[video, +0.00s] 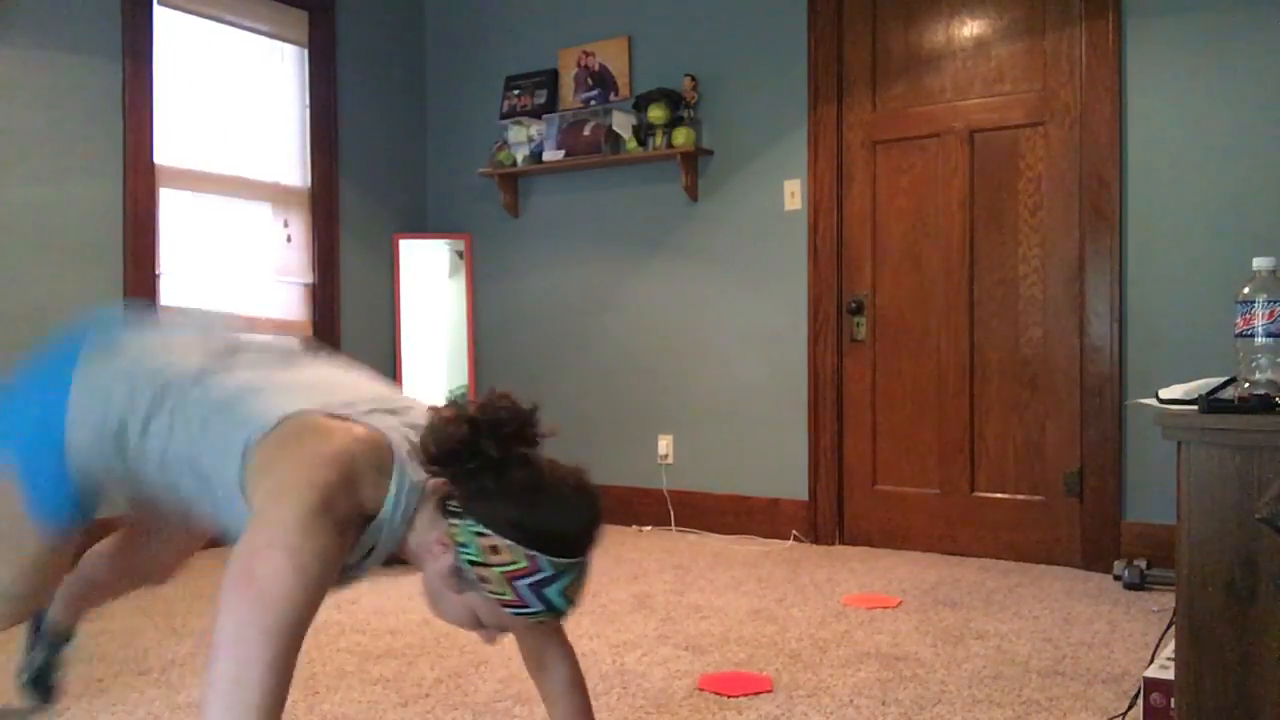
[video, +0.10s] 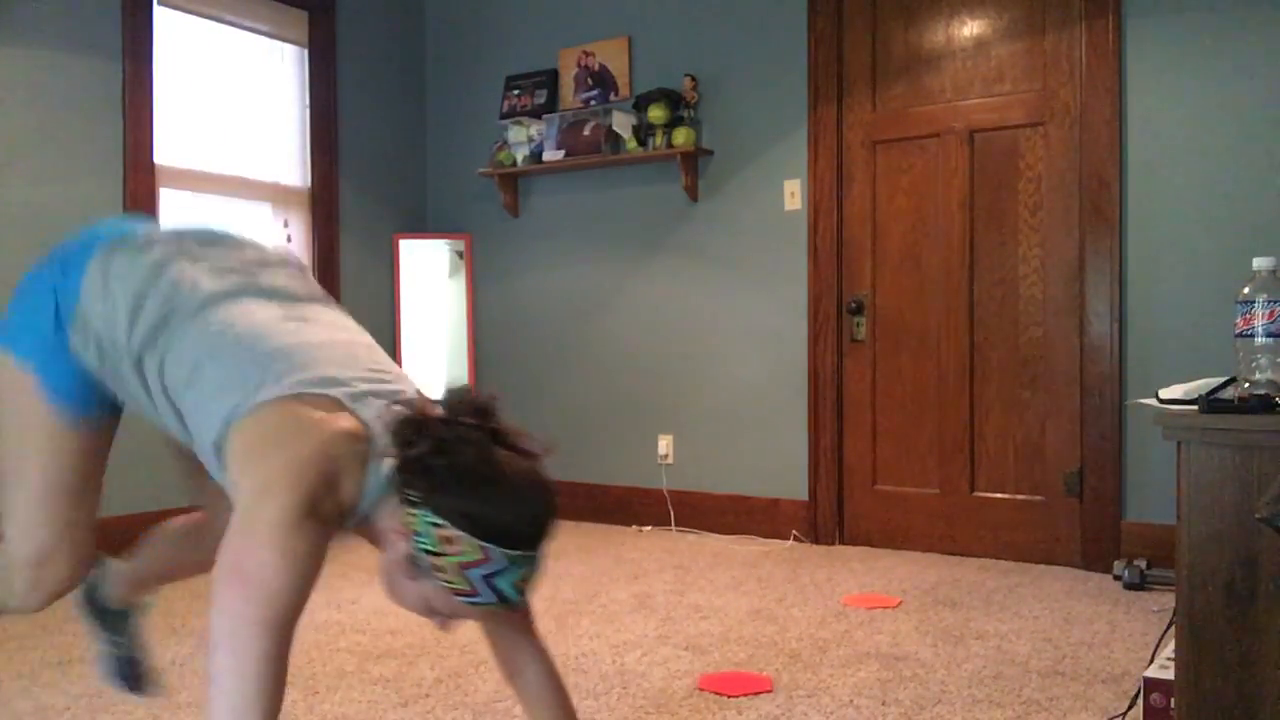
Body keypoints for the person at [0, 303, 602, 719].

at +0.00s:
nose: (493, 637)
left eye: (516, 625)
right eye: (491, 610)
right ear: (451, 535)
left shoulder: (477, 471)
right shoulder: (318, 487)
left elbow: (551, 656)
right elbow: (238, 712)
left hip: (200, 366)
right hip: (84, 384)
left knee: (150, 555)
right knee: (20, 593)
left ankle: (53, 619)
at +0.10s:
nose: (456, 617)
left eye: (476, 605)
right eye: (453, 596)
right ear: (404, 537)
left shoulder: (454, 468)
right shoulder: (299, 473)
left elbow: (526, 660)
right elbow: (240, 712)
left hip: (210, 263)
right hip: (87, 278)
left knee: (241, 528)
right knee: (37, 573)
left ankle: (112, 592)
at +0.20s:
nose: (424, 616)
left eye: (445, 601)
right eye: (419, 595)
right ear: (371, 527)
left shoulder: (428, 459)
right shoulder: (272, 484)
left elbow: (505, 646)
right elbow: (230, 712)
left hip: (217, 243)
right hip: (76, 259)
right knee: (90, 534)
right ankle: (23, 671)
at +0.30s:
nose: (439, 594)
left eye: (459, 577)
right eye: (437, 571)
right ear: (399, 513)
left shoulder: (439, 459)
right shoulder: (281, 473)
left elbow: (519, 655)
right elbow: (237, 704)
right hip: (63, 324)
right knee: (122, 560)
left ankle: (252, 699)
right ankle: (77, 706)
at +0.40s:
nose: (469, 532)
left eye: (485, 512)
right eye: (461, 507)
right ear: (415, 446)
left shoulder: (443, 451)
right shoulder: (279, 447)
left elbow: (520, 648)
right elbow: (234, 703)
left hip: (174, 433)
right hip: (54, 431)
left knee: (358, 571)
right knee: (158, 595)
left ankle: (244, 704)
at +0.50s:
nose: (468, 449)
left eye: (477, 426)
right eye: (452, 424)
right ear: (382, 382)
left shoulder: (430, 433)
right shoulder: (265, 400)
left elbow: (498, 604)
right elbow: (234, 688)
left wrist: (550, 716)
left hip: (175, 455)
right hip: (45, 442)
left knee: (351, 563)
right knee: (165, 601)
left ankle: (242, 714)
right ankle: (111, 715)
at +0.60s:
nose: (450, 343)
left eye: (463, 318)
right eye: (436, 313)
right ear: (366, 284)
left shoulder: (411, 346)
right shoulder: (251, 329)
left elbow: (486, 512)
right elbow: (162, 574)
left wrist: (522, 660)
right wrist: (224, 710)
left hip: (175, 411)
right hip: (45, 399)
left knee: (328, 549)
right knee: (146, 607)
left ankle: (239, 706)